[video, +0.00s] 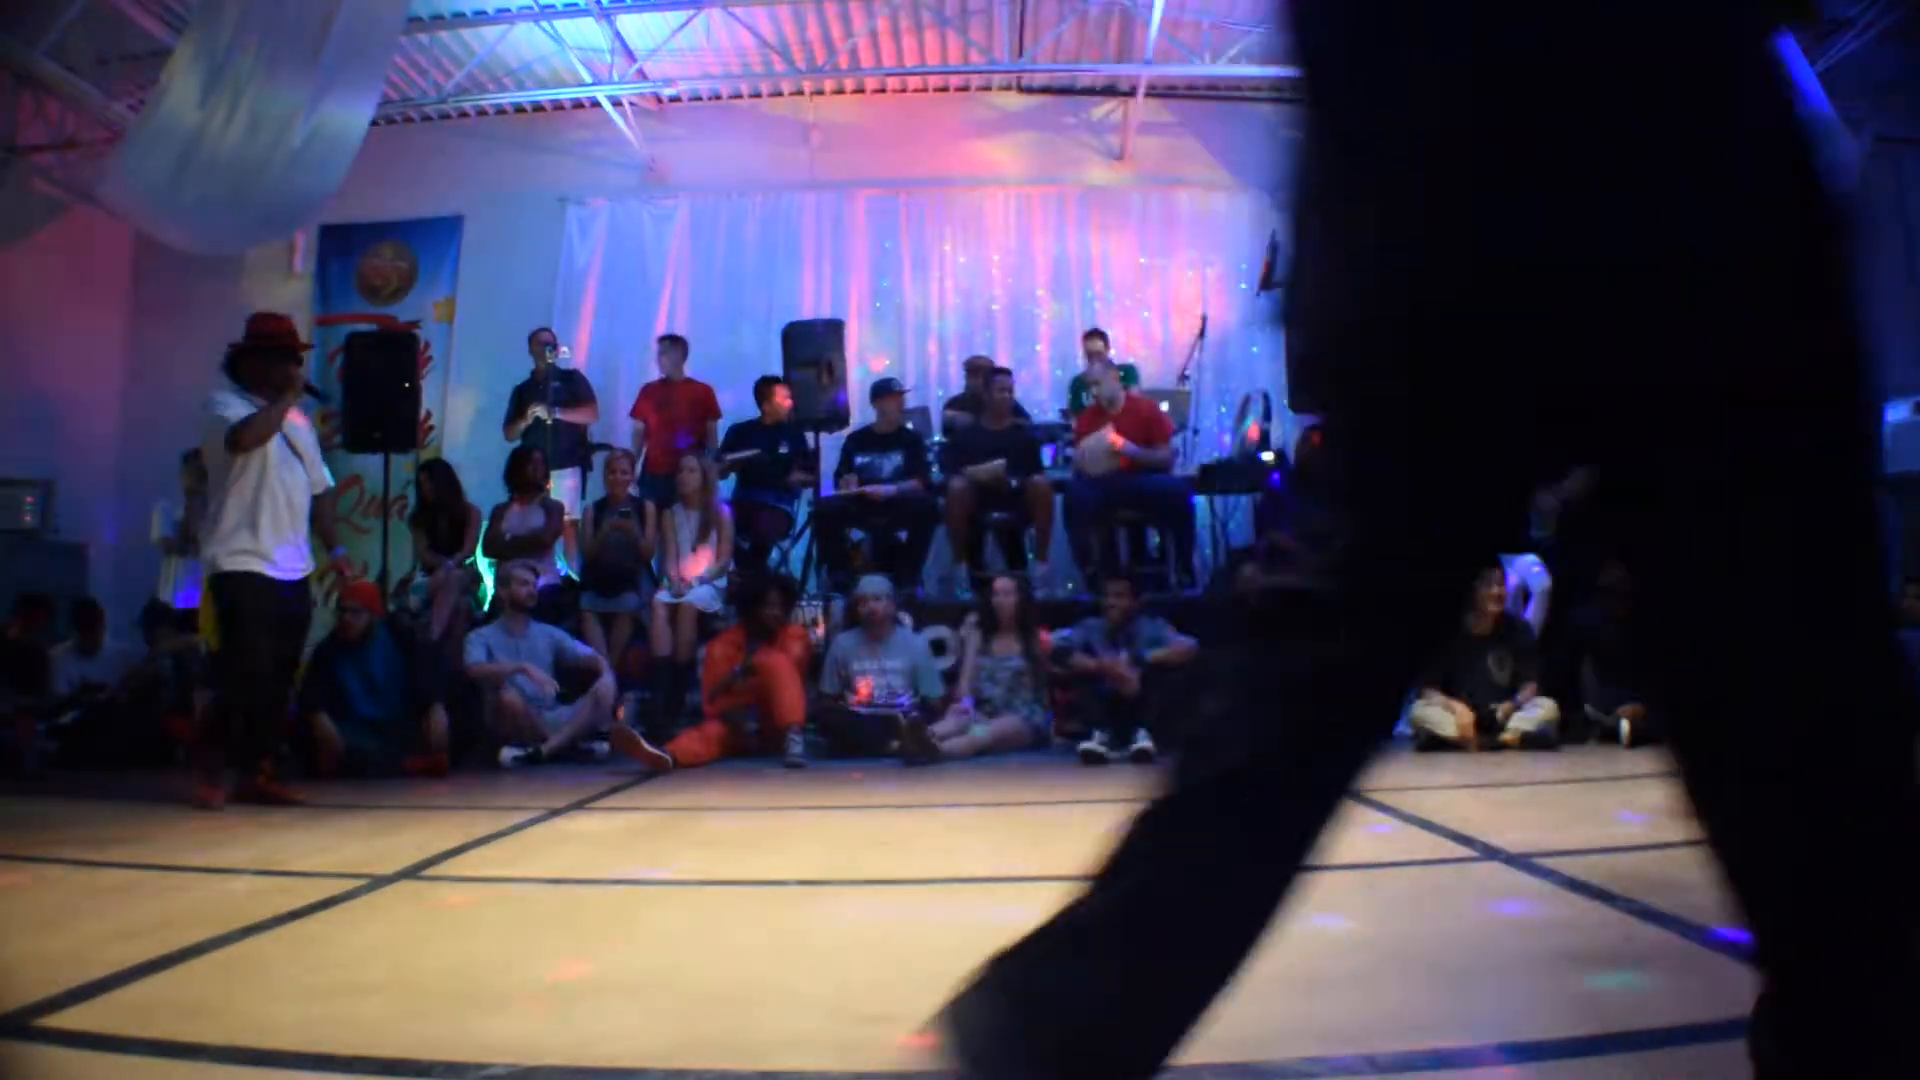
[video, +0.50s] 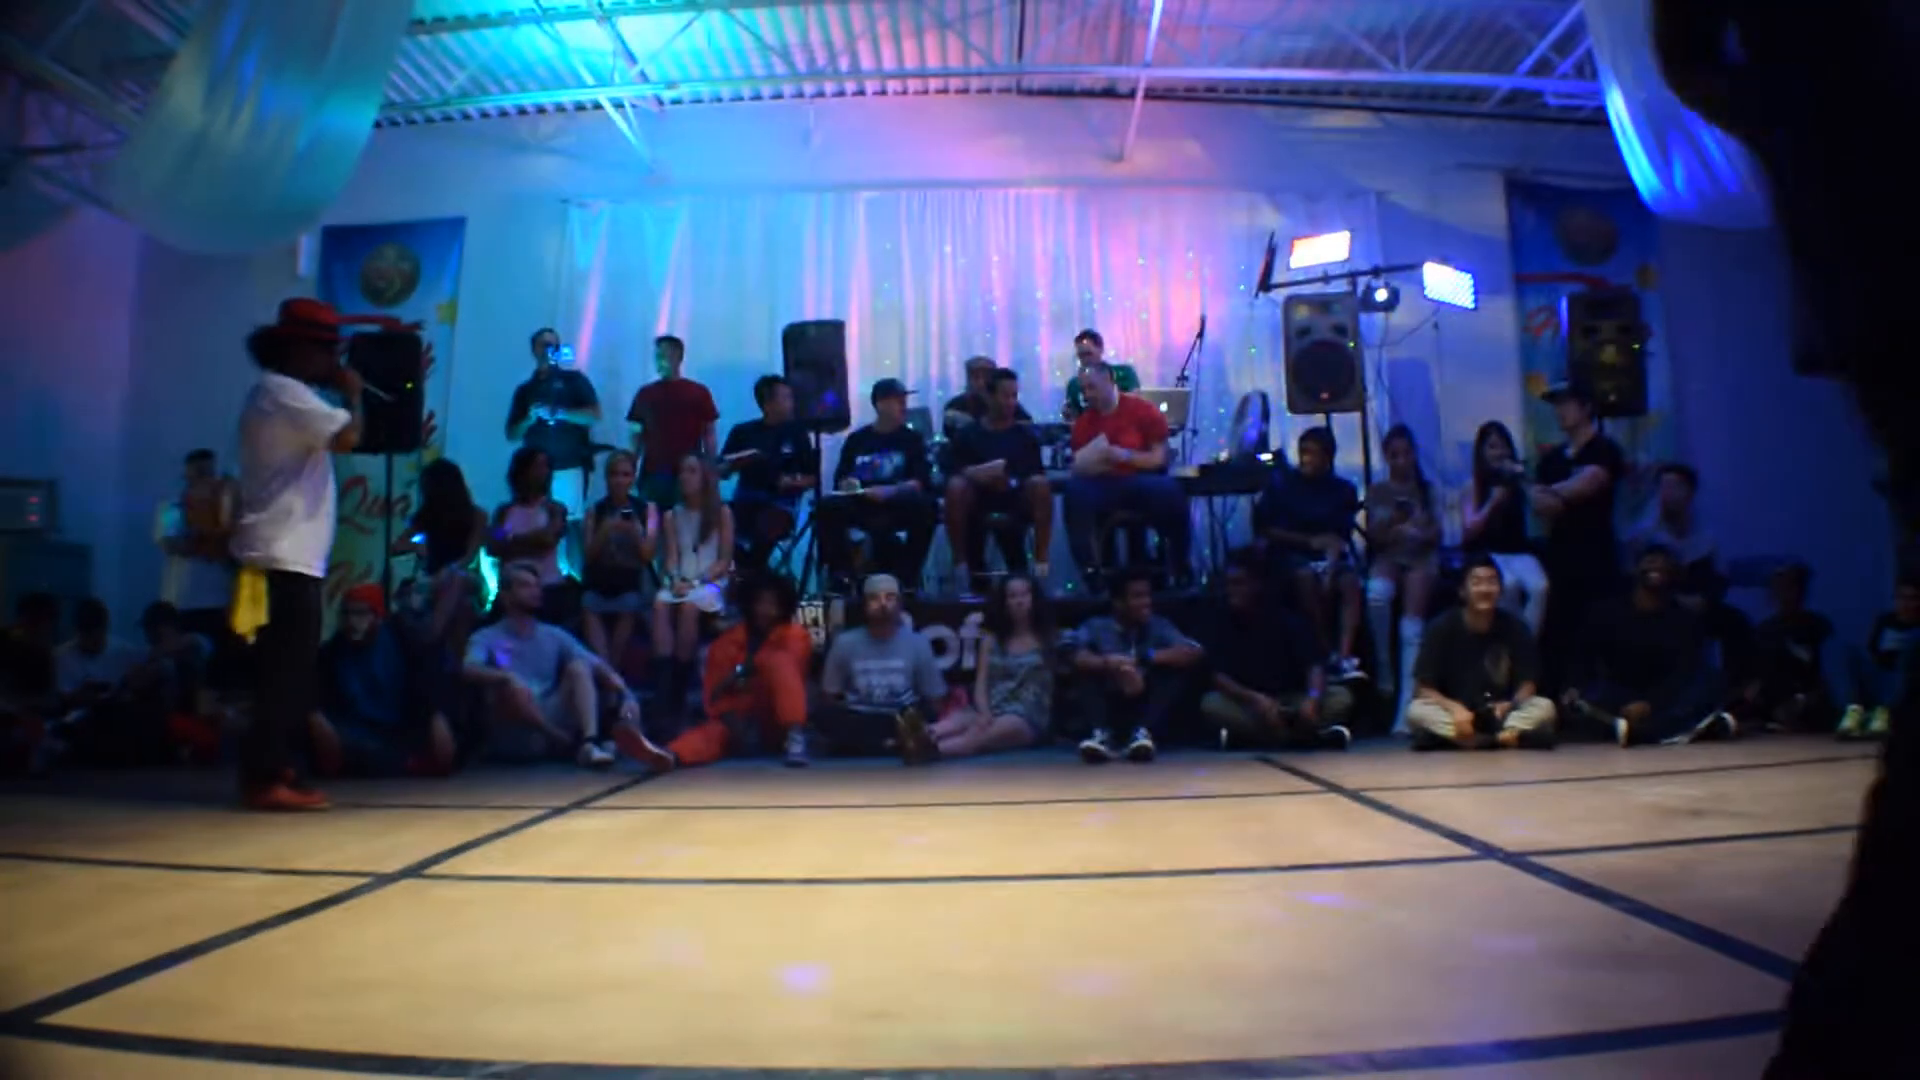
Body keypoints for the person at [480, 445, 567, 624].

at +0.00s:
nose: (537, 469)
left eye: (541, 463)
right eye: (531, 463)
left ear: (545, 469)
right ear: (517, 468)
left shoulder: (552, 507)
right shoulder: (500, 510)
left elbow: (546, 540)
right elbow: (488, 548)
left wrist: (506, 543)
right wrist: (531, 548)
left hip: (543, 586)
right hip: (507, 589)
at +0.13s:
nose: (536, 470)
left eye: (540, 464)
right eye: (529, 464)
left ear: (544, 469)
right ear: (515, 470)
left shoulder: (550, 507)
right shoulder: (499, 510)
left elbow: (544, 539)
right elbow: (487, 545)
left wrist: (505, 542)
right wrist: (530, 548)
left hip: (544, 587)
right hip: (508, 591)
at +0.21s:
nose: (536, 470)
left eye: (540, 464)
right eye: (529, 464)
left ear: (545, 469)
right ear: (515, 470)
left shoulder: (550, 508)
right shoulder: (499, 511)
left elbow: (544, 539)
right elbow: (487, 545)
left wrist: (504, 543)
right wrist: (530, 546)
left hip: (544, 589)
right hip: (507, 593)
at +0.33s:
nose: (538, 471)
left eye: (542, 465)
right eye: (532, 465)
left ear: (546, 470)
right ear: (518, 470)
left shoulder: (552, 508)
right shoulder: (501, 511)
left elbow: (545, 539)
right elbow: (489, 545)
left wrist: (507, 542)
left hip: (544, 587)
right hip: (508, 591)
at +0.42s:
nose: (541, 471)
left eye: (544, 465)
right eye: (535, 464)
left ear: (547, 470)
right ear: (520, 470)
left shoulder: (554, 507)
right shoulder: (502, 511)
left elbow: (546, 540)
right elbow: (490, 547)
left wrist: (507, 544)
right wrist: (535, 543)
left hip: (546, 585)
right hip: (510, 589)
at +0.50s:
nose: (542, 473)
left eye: (545, 466)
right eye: (535, 467)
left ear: (549, 471)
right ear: (521, 472)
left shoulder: (555, 509)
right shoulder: (504, 511)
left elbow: (549, 540)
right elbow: (493, 547)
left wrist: (508, 543)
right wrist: (536, 544)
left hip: (549, 586)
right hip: (513, 590)